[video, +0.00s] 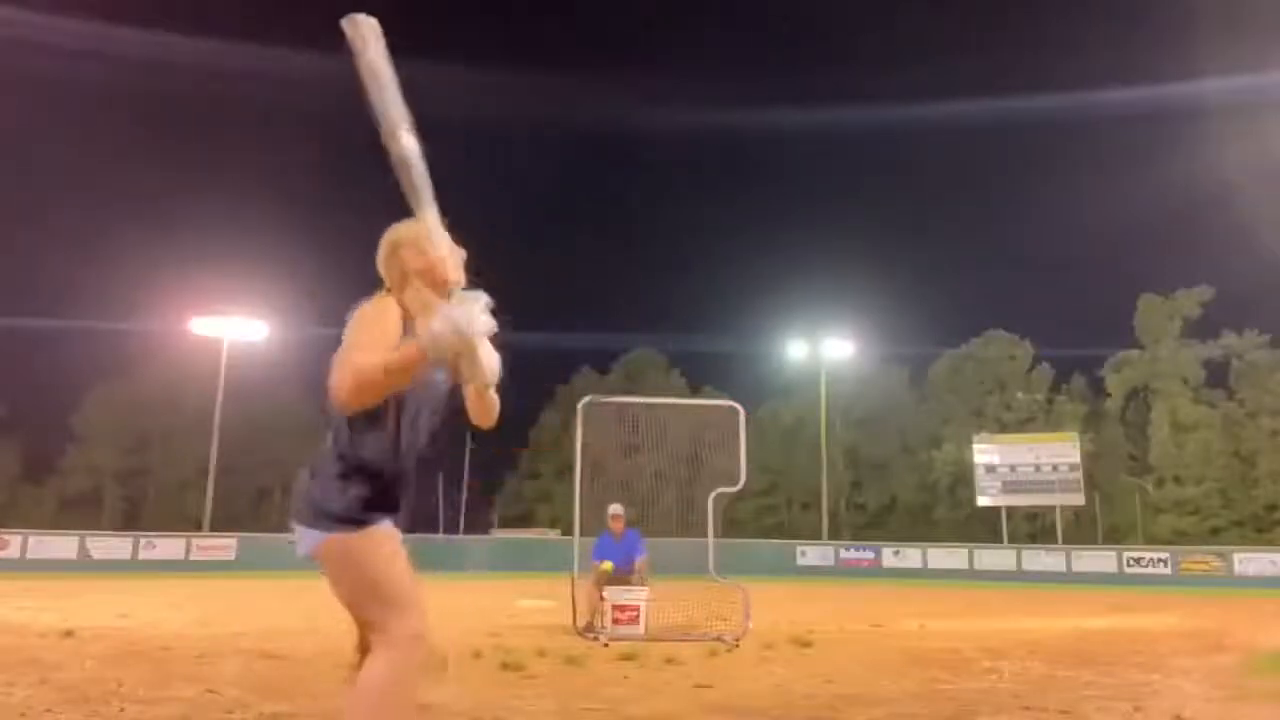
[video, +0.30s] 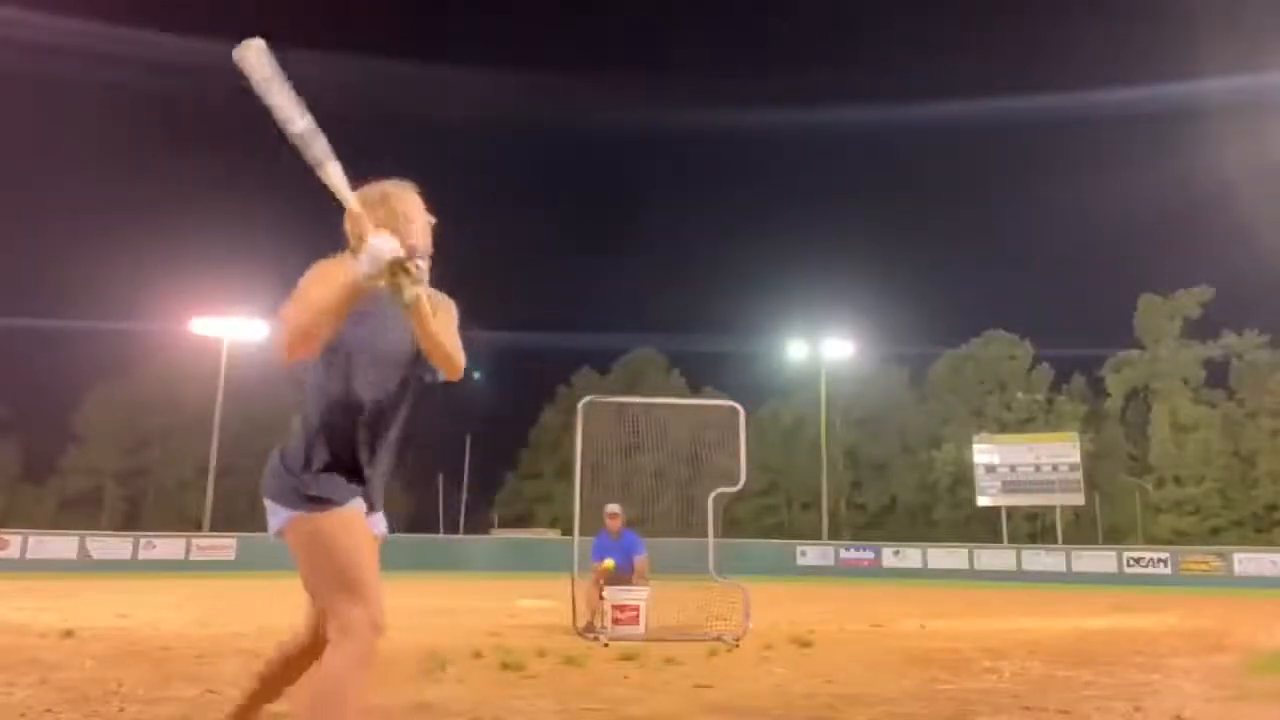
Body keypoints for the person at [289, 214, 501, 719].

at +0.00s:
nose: (459, 253)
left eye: (454, 245)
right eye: (444, 245)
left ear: (438, 262)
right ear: (413, 262)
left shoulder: (451, 322)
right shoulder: (380, 313)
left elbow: (485, 417)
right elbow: (346, 392)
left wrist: (475, 356)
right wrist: (434, 341)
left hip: (375, 508)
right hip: (342, 507)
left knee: (381, 643)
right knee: (404, 638)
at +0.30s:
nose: (430, 231)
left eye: (428, 222)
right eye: (418, 223)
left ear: (422, 232)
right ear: (379, 230)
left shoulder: (435, 304)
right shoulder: (334, 276)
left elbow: (453, 367)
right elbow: (293, 344)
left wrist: (413, 296)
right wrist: (359, 275)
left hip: (362, 488)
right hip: (310, 480)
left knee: (322, 634)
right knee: (359, 626)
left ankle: (242, 710)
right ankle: (322, 712)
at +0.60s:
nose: (382, 262)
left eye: (384, 252)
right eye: (373, 251)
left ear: (377, 260)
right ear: (343, 249)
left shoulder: (366, 307)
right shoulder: (302, 280)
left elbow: (411, 374)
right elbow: (305, 362)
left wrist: (406, 315)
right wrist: (360, 304)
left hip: (295, 488)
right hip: (273, 486)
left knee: (250, 641)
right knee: (334, 623)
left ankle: (190, 712)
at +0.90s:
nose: (374, 244)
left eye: (370, 235)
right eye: (367, 234)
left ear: (313, 239)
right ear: (349, 240)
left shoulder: (300, 287)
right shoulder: (331, 278)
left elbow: (391, 381)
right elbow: (361, 353)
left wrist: (426, 322)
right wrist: (396, 299)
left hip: (246, 476)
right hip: (288, 478)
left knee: (249, 635)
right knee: (340, 624)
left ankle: (182, 713)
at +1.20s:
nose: (375, 260)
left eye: (375, 250)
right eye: (372, 249)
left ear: (317, 238)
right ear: (357, 242)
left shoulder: (298, 290)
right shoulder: (326, 281)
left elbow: (376, 390)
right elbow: (363, 349)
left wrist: (428, 345)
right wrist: (411, 307)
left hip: (251, 475)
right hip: (291, 478)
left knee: (245, 639)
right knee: (346, 625)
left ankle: (181, 714)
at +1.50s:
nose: (369, 264)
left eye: (369, 254)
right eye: (368, 252)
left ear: (311, 242)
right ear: (355, 246)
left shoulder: (296, 297)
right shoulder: (319, 280)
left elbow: (373, 392)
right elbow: (347, 340)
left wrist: (420, 349)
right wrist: (409, 304)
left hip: (246, 481)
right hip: (288, 485)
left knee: (255, 638)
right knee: (346, 626)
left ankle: (184, 714)